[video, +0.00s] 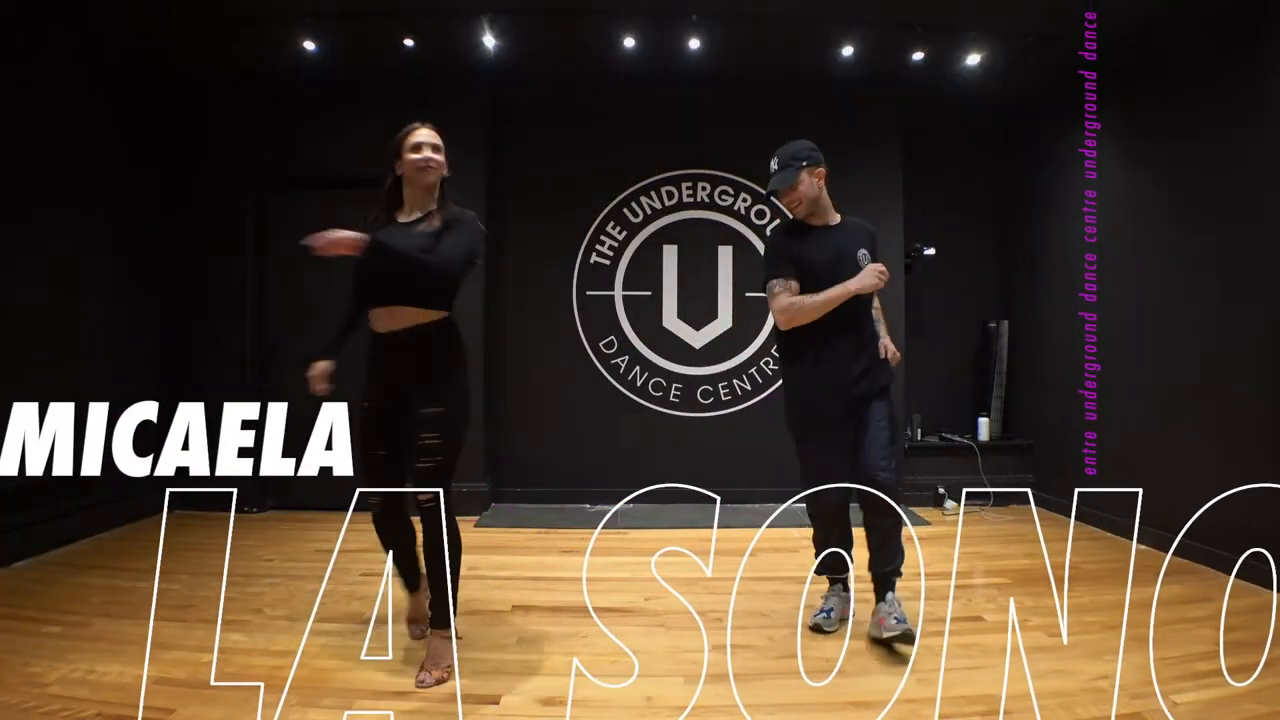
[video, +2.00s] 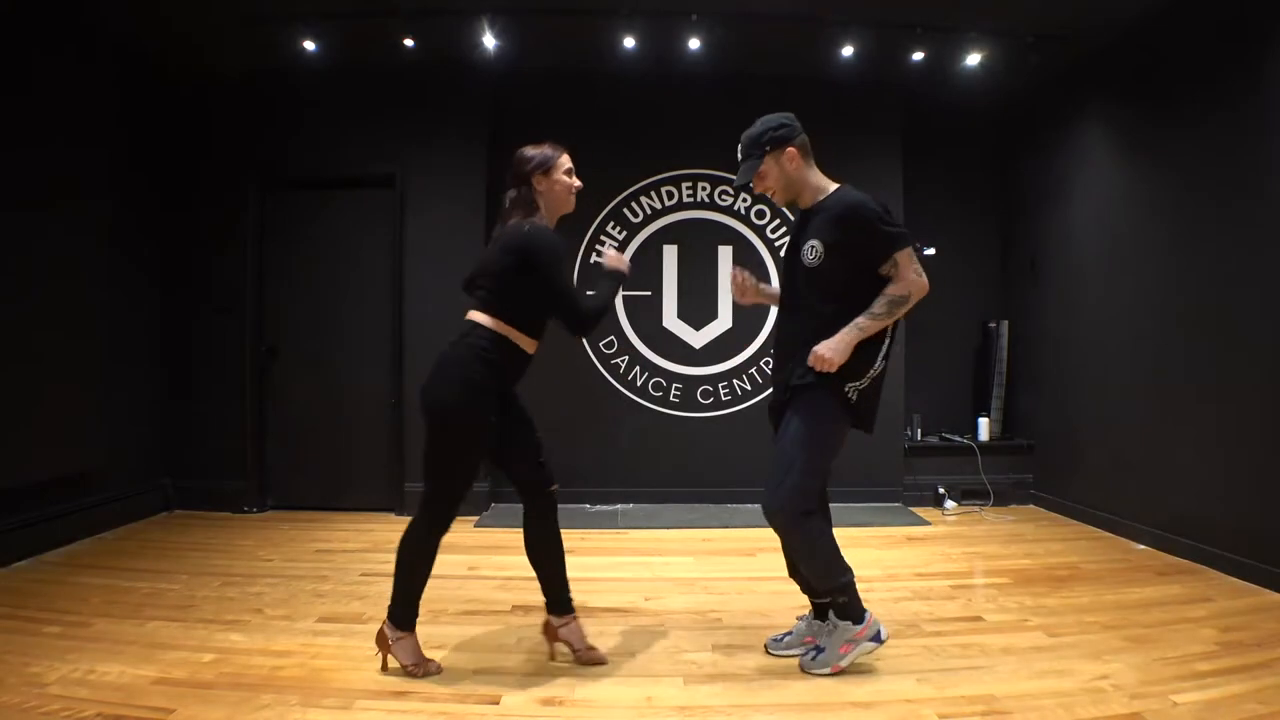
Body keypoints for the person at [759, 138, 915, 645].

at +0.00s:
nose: (785, 199)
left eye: (791, 187)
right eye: (779, 192)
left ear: (818, 175)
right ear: (777, 192)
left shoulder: (861, 233)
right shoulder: (781, 242)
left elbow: (869, 295)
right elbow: (784, 314)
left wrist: (882, 335)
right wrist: (853, 286)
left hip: (866, 381)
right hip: (811, 389)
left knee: (879, 484)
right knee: (823, 494)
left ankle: (886, 599)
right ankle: (836, 590)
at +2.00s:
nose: (756, 186)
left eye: (759, 171)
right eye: (752, 176)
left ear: (790, 155)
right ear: (786, 162)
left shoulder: (854, 209)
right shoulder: (804, 224)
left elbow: (911, 282)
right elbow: (820, 299)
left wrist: (848, 335)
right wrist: (765, 295)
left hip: (830, 388)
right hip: (796, 385)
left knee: (789, 503)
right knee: (790, 505)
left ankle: (853, 620)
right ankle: (826, 615)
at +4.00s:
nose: (753, 151)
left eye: (762, 139)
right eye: (753, 141)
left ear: (797, 139)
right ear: (790, 143)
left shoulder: (831, 202)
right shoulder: (802, 219)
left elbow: (895, 267)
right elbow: (794, 313)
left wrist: (809, 310)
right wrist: (722, 295)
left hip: (851, 403)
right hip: (812, 403)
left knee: (872, 520)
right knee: (793, 522)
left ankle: (939, 631)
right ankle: (758, 639)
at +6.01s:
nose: (742, 186)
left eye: (745, 170)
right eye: (738, 175)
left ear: (779, 156)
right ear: (773, 162)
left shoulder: (840, 214)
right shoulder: (788, 231)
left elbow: (852, 291)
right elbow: (790, 322)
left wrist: (765, 252)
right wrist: (732, 355)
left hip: (831, 399)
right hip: (810, 399)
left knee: (760, 512)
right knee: (846, 508)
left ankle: (832, 631)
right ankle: (935, 603)